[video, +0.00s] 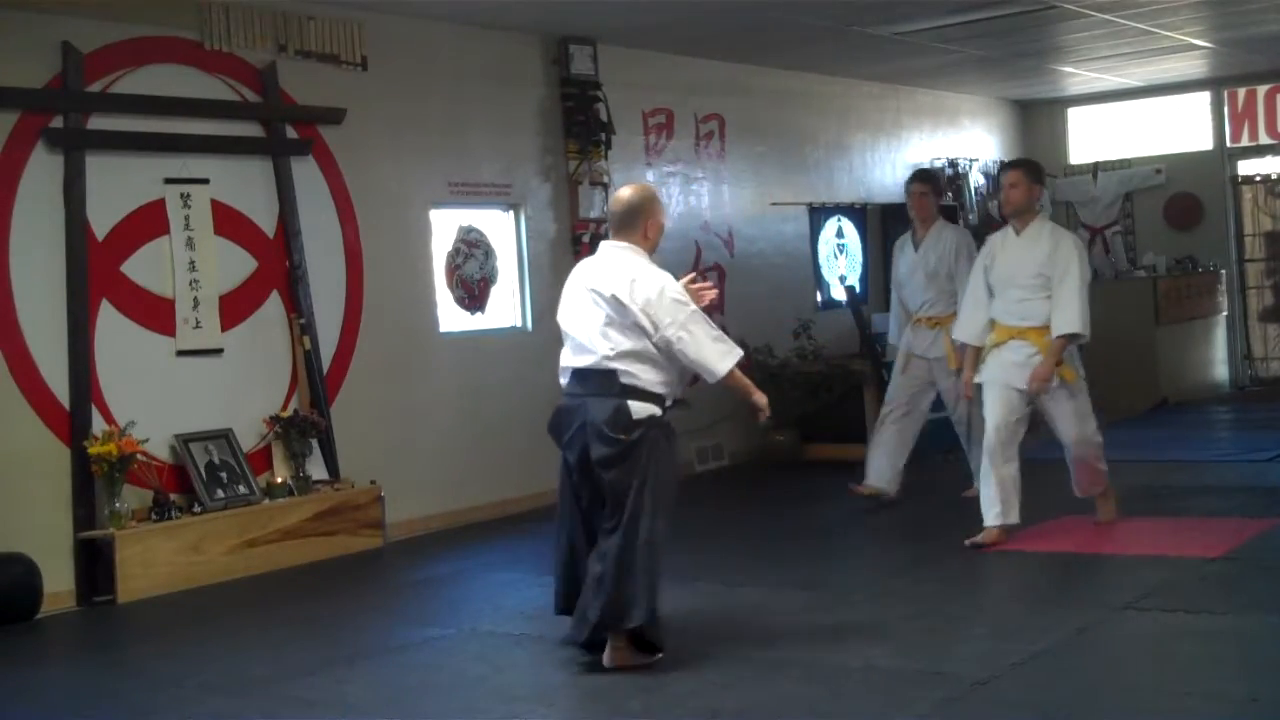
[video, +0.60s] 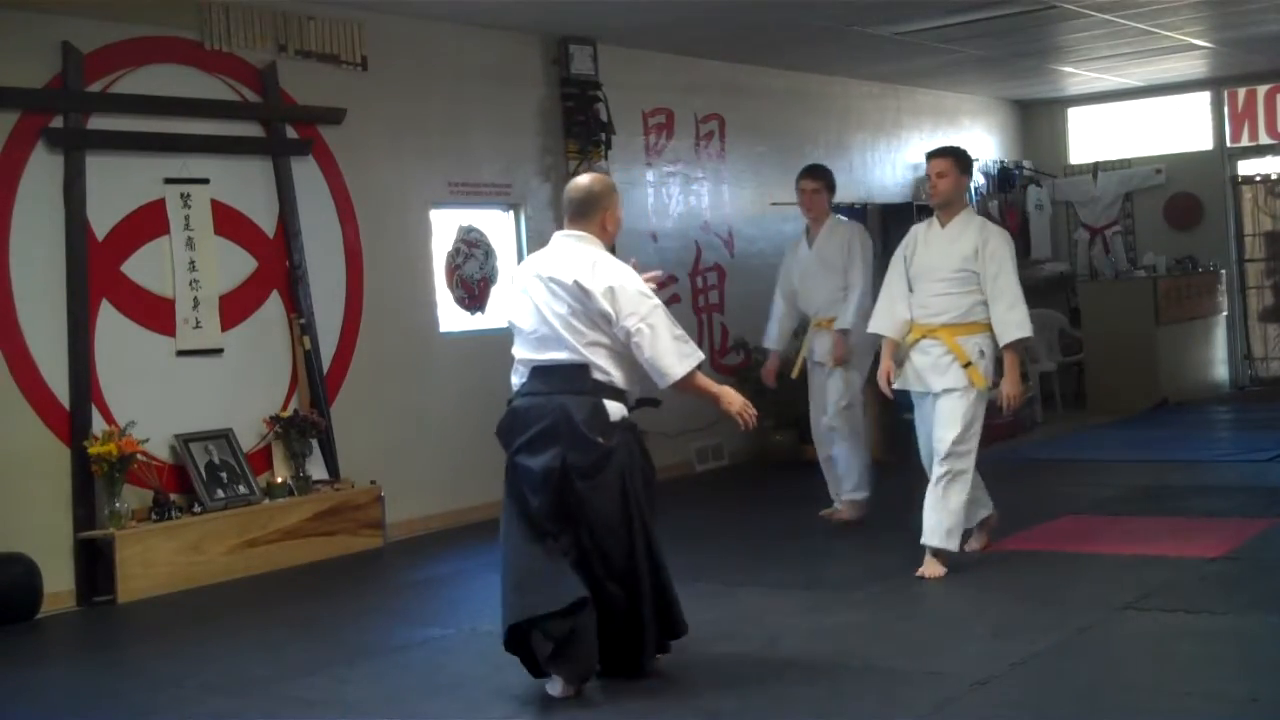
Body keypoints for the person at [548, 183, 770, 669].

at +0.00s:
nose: (664, 228)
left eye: (663, 220)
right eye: (662, 221)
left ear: (610, 223)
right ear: (651, 224)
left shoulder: (582, 271)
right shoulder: (648, 280)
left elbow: (617, 320)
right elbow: (699, 343)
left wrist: (673, 300)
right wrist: (751, 390)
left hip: (578, 410)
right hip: (629, 415)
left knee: (597, 520)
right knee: (636, 527)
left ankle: (596, 624)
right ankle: (621, 644)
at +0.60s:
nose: (619, 222)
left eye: (618, 213)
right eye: (619, 214)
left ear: (564, 215)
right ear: (609, 217)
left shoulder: (525, 269)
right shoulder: (612, 275)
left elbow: (558, 313)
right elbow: (667, 359)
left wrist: (626, 290)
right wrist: (720, 392)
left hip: (528, 415)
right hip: (592, 414)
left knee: (543, 543)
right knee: (611, 533)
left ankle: (561, 669)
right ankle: (627, 651)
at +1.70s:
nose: (667, 222)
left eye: (666, 215)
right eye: (667, 214)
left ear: (608, 211)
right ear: (657, 212)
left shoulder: (564, 263)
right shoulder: (669, 267)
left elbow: (550, 331)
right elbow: (736, 332)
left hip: (567, 394)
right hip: (634, 394)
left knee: (569, 533)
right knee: (650, 529)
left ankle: (563, 669)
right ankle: (659, 657)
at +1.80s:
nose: (660, 220)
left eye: (660, 213)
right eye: (661, 213)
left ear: (604, 211)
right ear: (652, 211)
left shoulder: (559, 266)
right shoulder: (667, 266)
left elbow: (542, 334)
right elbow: (734, 332)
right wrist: (749, 340)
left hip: (566, 397)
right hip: (634, 396)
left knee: (570, 534)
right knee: (651, 530)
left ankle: (564, 668)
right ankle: (661, 658)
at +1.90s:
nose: (656, 220)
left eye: (656, 212)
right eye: (656, 212)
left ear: (598, 212)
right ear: (646, 211)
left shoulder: (552, 268)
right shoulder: (662, 266)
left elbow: (540, 350)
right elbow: (729, 335)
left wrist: (559, 395)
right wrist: (751, 326)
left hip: (565, 398)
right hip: (629, 395)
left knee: (569, 535)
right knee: (648, 530)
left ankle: (566, 670)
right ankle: (661, 658)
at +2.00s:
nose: (648, 214)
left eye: (646, 204)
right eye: (645, 206)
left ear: (589, 211)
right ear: (637, 210)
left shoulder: (548, 268)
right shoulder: (658, 265)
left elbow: (529, 354)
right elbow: (726, 342)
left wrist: (550, 397)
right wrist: (743, 335)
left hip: (561, 400)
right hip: (629, 396)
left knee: (568, 536)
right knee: (647, 531)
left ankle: (565, 671)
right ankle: (660, 659)